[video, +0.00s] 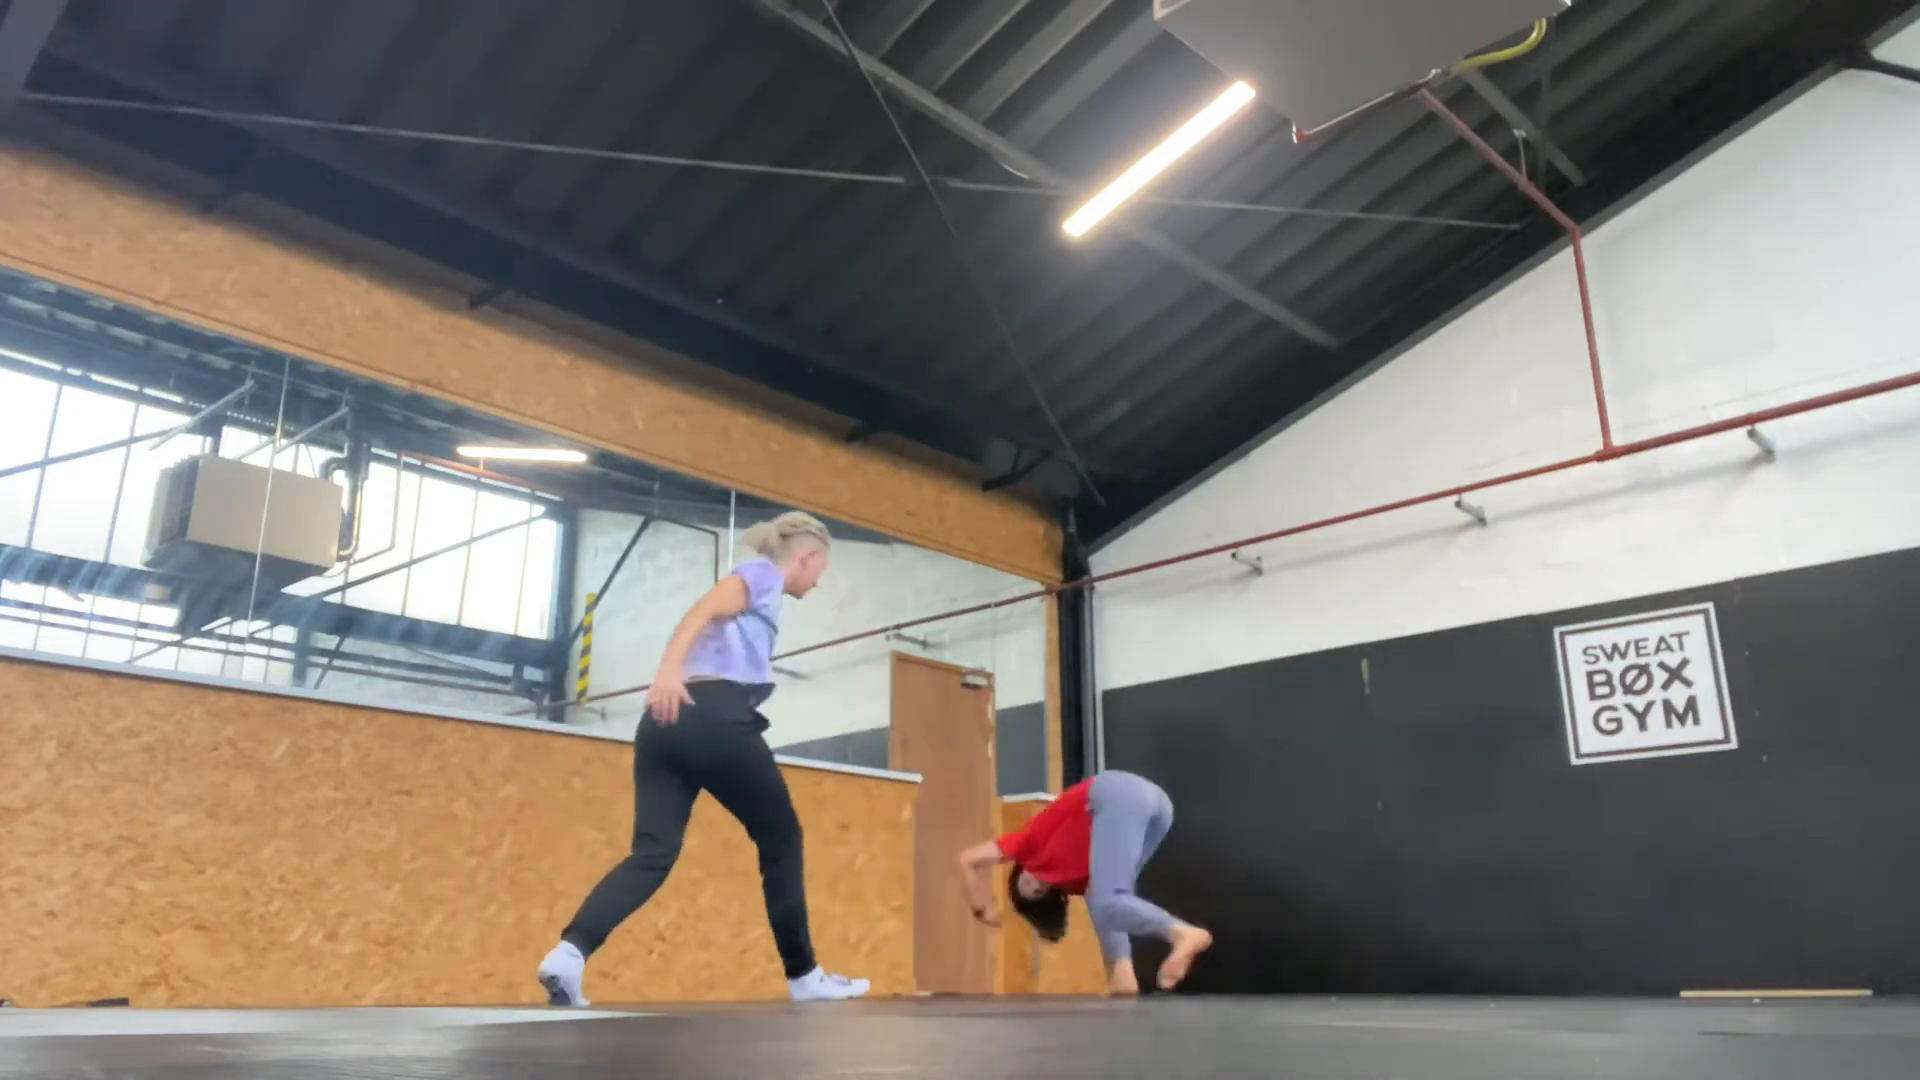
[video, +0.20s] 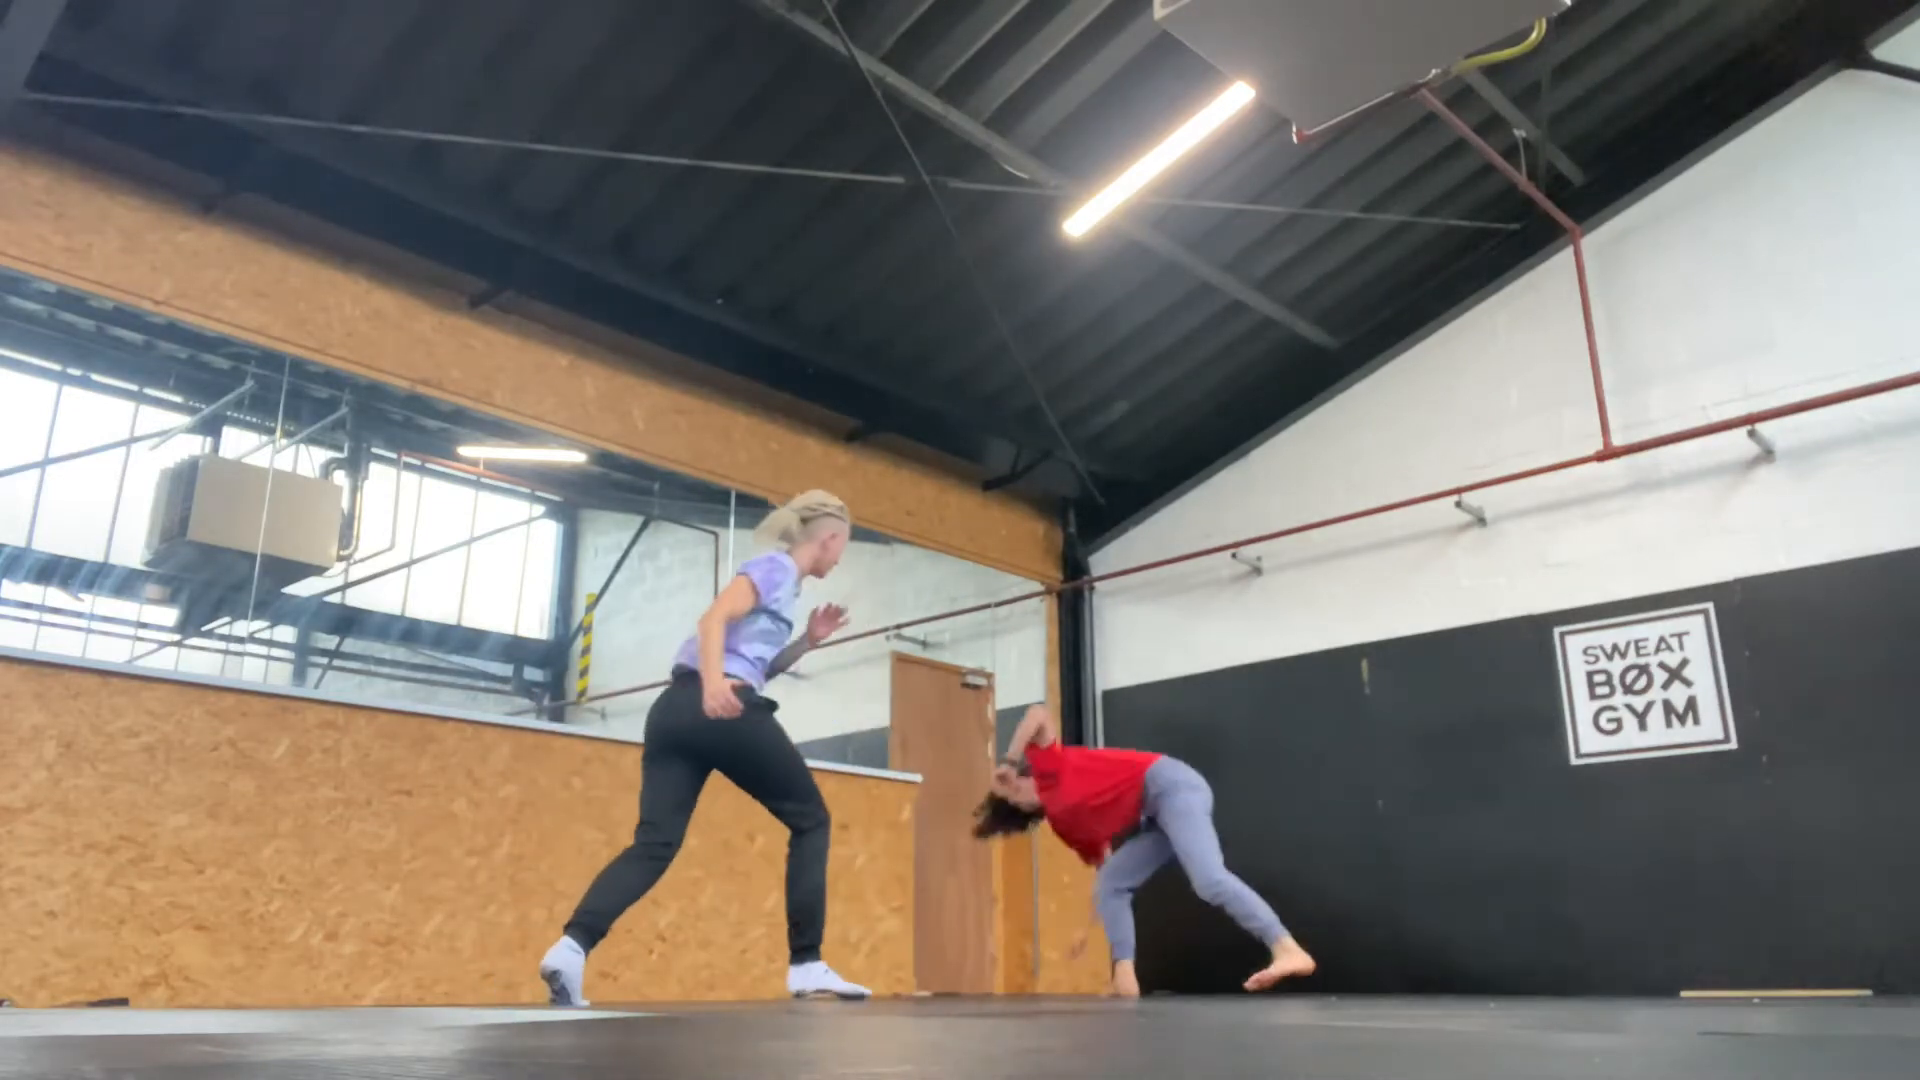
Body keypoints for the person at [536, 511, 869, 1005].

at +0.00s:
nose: (818, 580)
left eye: (822, 571)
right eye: (819, 568)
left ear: (787, 553)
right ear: (801, 556)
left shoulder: (755, 593)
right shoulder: (765, 574)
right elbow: (705, 608)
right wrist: (669, 670)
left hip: (664, 717)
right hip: (715, 716)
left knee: (653, 853)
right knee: (780, 837)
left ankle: (569, 955)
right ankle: (805, 977)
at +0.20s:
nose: (841, 554)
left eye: (844, 542)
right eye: (840, 540)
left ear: (807, 535)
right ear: (820, 536)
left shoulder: (779, 586)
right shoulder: (778, 569)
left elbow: (760, 667)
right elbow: (715, 616)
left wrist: (806, 640)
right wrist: (714, 678)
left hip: (676, 704)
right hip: (726, 702)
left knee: (654, 845)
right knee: (810, 821)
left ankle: (570, 949)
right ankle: (807, 965)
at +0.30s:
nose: (876, 555)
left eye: (878, 544)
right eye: (875, 543)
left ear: (838, 540)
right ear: (853, 540)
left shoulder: (811, 588)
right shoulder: (806, 573)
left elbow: (791, 669)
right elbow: (746, 625)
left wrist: (827, 631)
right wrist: (766, 674)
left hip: (698, 703)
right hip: (744, 699)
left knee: (669, 844)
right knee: (817, 825)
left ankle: (569, 936)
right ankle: (814, 971)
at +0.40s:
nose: (906, 573)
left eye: (907, 562)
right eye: (904, 561)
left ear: (872, 559)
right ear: (884, 561)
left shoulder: (849, 613)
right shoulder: (838, 595)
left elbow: (811, 684)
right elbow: (778, 649)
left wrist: (856, 665)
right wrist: (824, 693)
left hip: (720, 716)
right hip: (753, 713)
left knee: (702, 864)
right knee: (826, 833)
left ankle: (578, 919)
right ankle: (813, 977)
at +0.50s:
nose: (925, 603)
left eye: (926, 592)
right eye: (923, 591)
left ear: (889, 587)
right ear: (904, 589)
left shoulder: (844, 623)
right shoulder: (861, 618)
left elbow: (812, 711)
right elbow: (816, 673)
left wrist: (859, 734)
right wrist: (875, 723)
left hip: (720, 725)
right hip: (756, 724)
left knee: (738, 867)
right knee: (829, 833)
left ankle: (611, 917)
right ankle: (813, 977)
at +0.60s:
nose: (929, 627)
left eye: (930, 617)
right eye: (928, 616)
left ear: (898, 609)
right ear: (912, 612)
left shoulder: (843, 635)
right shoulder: (870, 633)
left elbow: (811, 728)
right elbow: (847, 686)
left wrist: (848, 748)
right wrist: (900, 746)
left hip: (722, 731)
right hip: (756, 730)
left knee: (754, 854)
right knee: (832, 834)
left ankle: (656, 948)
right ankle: (812, 976)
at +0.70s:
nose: (919, 632)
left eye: (920, 621)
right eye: (918, 620)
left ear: (881, 612)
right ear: (901, 617)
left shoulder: (832, 640)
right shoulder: (869, 638)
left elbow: (809, 733)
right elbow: (842, 689)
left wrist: (865, 734)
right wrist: (880, 758)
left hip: (716, 738)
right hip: (760, 735)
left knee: (744, 854)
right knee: (836, 842)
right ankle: (812, 977)